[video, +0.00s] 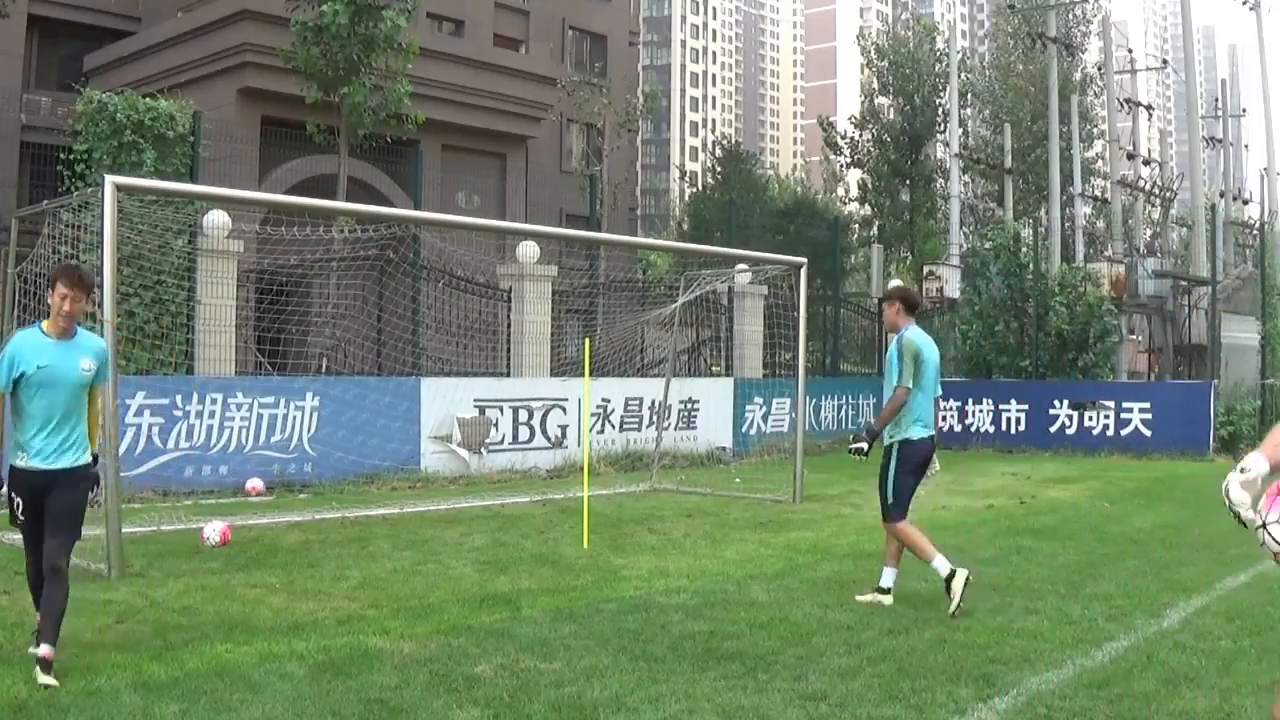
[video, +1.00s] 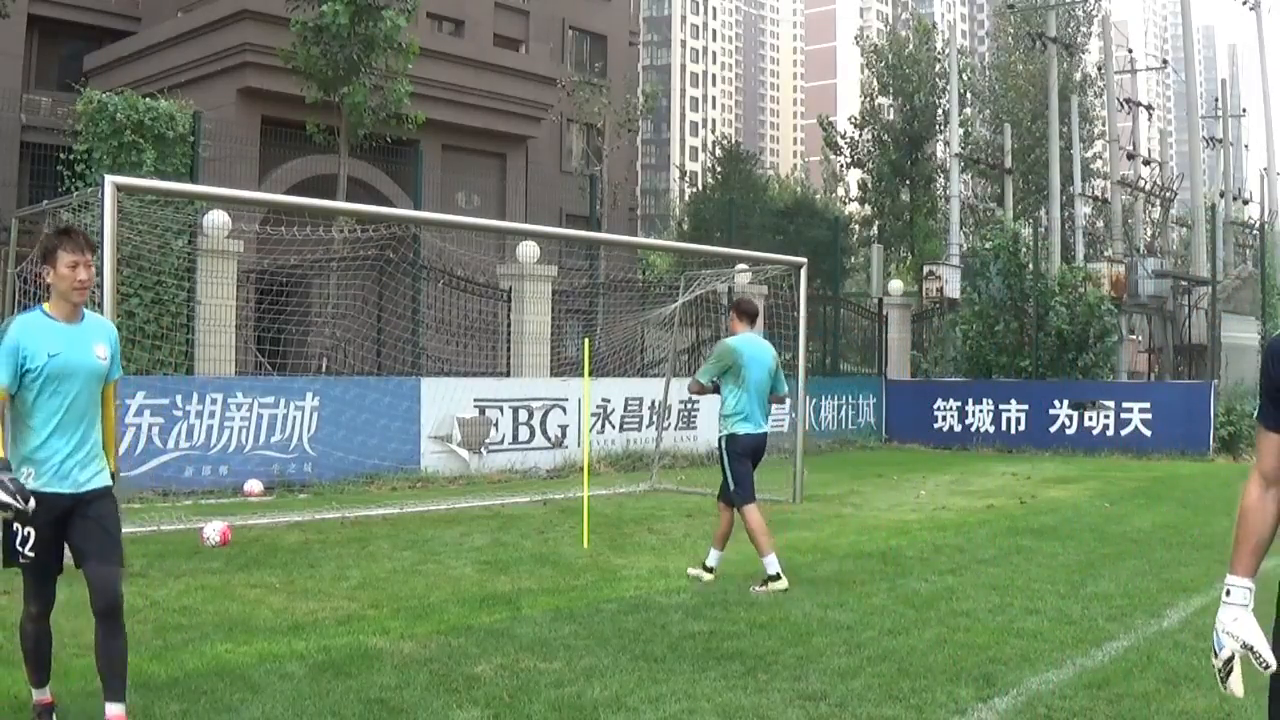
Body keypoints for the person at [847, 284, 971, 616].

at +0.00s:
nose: (882, 315)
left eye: (884, 308)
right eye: (883, 309)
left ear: (897, 308)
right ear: (905, 309)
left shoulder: (905, 341)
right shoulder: (927, 342)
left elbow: (903, 393)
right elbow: (933, 399)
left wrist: (871, 433)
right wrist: (931, 443)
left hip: (906, 441)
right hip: (921, 440)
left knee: (893, 519)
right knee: (895, 516)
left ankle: (949, 573)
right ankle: (884, 588)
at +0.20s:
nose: (853, 315)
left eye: (854, 309)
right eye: (854, 310)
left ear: (864, 309)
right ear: (879, 311)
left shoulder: (872, 339)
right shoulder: (895, 341)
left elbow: (879, 390)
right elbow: (900, 390)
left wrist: (847, 428)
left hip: (868, 439)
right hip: (891, 439)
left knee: (828, 502)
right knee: (879, 511)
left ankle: (854, 572)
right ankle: (884, 587)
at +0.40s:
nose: (817, 319)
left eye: (818, 313)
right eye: (818, 313)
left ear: (827, 312)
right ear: (844, 314)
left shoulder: (833, 345)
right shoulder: (862, 345)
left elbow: (840, 396)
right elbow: (870, 392)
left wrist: (807, 419)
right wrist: (820, 413)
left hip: (831, 442)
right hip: (858, 441)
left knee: (803, 508)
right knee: (859, 511)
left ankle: (783, 577)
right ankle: (880, 584)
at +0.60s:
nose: (784, 317)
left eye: (784, 312)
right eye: (785, 312)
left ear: (791, 312)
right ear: (811, 314)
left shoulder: (793, 345)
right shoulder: (828, 343)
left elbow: (783, 398)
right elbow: (839, 392)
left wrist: (763, 399)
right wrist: (804, 392)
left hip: (791, 435)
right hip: (818, 436)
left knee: (783, 507)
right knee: (802, 508)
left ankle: (779, 579)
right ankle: (840, 554)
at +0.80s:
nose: (755, 318)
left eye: (755, 313)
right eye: (756, 313)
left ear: (761, 311)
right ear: (781, 313)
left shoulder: (759, 343)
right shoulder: (799, 342)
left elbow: (731, 389)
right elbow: (812, 391)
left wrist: (747, 385)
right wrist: (783, 387)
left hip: (764, 432)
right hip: (789, 433)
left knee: (770, 503)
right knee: (747, 489)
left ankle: (779, 577)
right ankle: (760, 557)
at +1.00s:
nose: (728, 323)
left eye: (729, 318)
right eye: (731, 319)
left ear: (735, 319)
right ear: (754, 320)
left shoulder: (728, 347)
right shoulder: (769, 349)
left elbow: (696, 386)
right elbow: (779, 395)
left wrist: (719, 386)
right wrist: (749, 390)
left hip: (734, 436)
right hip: (759, 437)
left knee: (747, 505)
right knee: (727, 501)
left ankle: (775, 574)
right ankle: (709, 567)